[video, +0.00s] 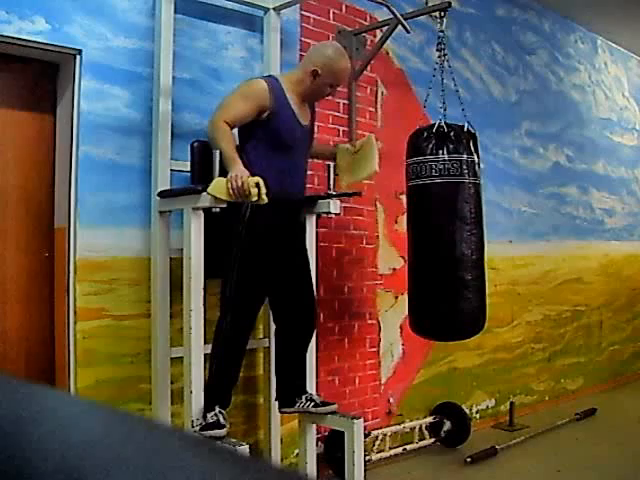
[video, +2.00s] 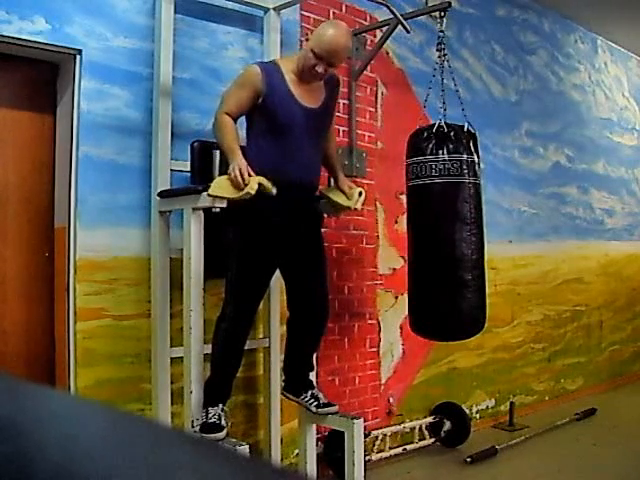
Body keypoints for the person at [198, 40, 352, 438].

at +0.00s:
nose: (329, 96)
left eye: (333, 90)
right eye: (330, 87)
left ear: (318, 77)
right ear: (313, 72)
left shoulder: (304, 106)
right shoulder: (263, 91)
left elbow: (297, 147)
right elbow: (219, 123)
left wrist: (341, 151)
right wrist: (236, 166)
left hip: (287, 222)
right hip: (251, 220)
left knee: (299, 312)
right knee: (238, 316)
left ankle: (292, 396)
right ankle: (214, 410)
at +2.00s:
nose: (321, 70)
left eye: (330, 66)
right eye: (318, 60)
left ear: (340, 63)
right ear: (307, 44)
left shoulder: (329, 88)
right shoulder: (261, 76)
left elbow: (322, 136)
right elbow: (224, 117)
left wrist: (339, 175)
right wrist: (235, 157)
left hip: (303, 211)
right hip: (258, 208)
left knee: (313, 306)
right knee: (239, 308)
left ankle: (298, 382)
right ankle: (213, 405)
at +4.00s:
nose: (337, 46)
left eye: (342, 39)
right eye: (331, 36)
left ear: (346, 36)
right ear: (309, 24)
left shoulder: (335, 69)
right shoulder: (268, 56)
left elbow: (332, 124)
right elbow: (245, 113)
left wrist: (338, 178)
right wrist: (246, 168)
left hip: (312, 194)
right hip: (271, 192)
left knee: (328, 288)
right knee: (260, 294)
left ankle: (304, 373)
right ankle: (226, 391)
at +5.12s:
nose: (363, 96)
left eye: (367, 88)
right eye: (356, 86)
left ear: (368, 87)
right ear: (330, 78)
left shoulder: (352, 117)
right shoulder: (288, 102)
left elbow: (336, 152)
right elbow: (231, 118)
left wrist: (342, 181)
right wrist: (242, 171)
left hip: (302, 233)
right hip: (262, 228)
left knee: (325, 322)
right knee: (276, 326)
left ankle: (266, 393)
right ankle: (255, 394)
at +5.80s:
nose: (368, 76)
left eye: (372, 67)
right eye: (361, 65)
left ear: (372, 68)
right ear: (336, 60)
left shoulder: (357, 107)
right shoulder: (293, 96)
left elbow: (327, 153)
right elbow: (235, 116)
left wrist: (338, 185)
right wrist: (242, 170)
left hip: (308, 227)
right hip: (268, 223)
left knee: (318, 322)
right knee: (258, 319)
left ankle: (241, 357)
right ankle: (239, 361)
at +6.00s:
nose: (357, 32)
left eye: (363, 26)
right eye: (352, 22)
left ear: (365, 30)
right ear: (327, 14)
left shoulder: (350, 66)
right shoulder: (283, 58)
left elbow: (338, 129)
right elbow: (247, 111)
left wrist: (342, 179)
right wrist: (244, 167)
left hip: (315, 193)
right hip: (275, 189)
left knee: (320, 287)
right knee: (260, 279)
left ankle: (243, 323)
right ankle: (241, 330)